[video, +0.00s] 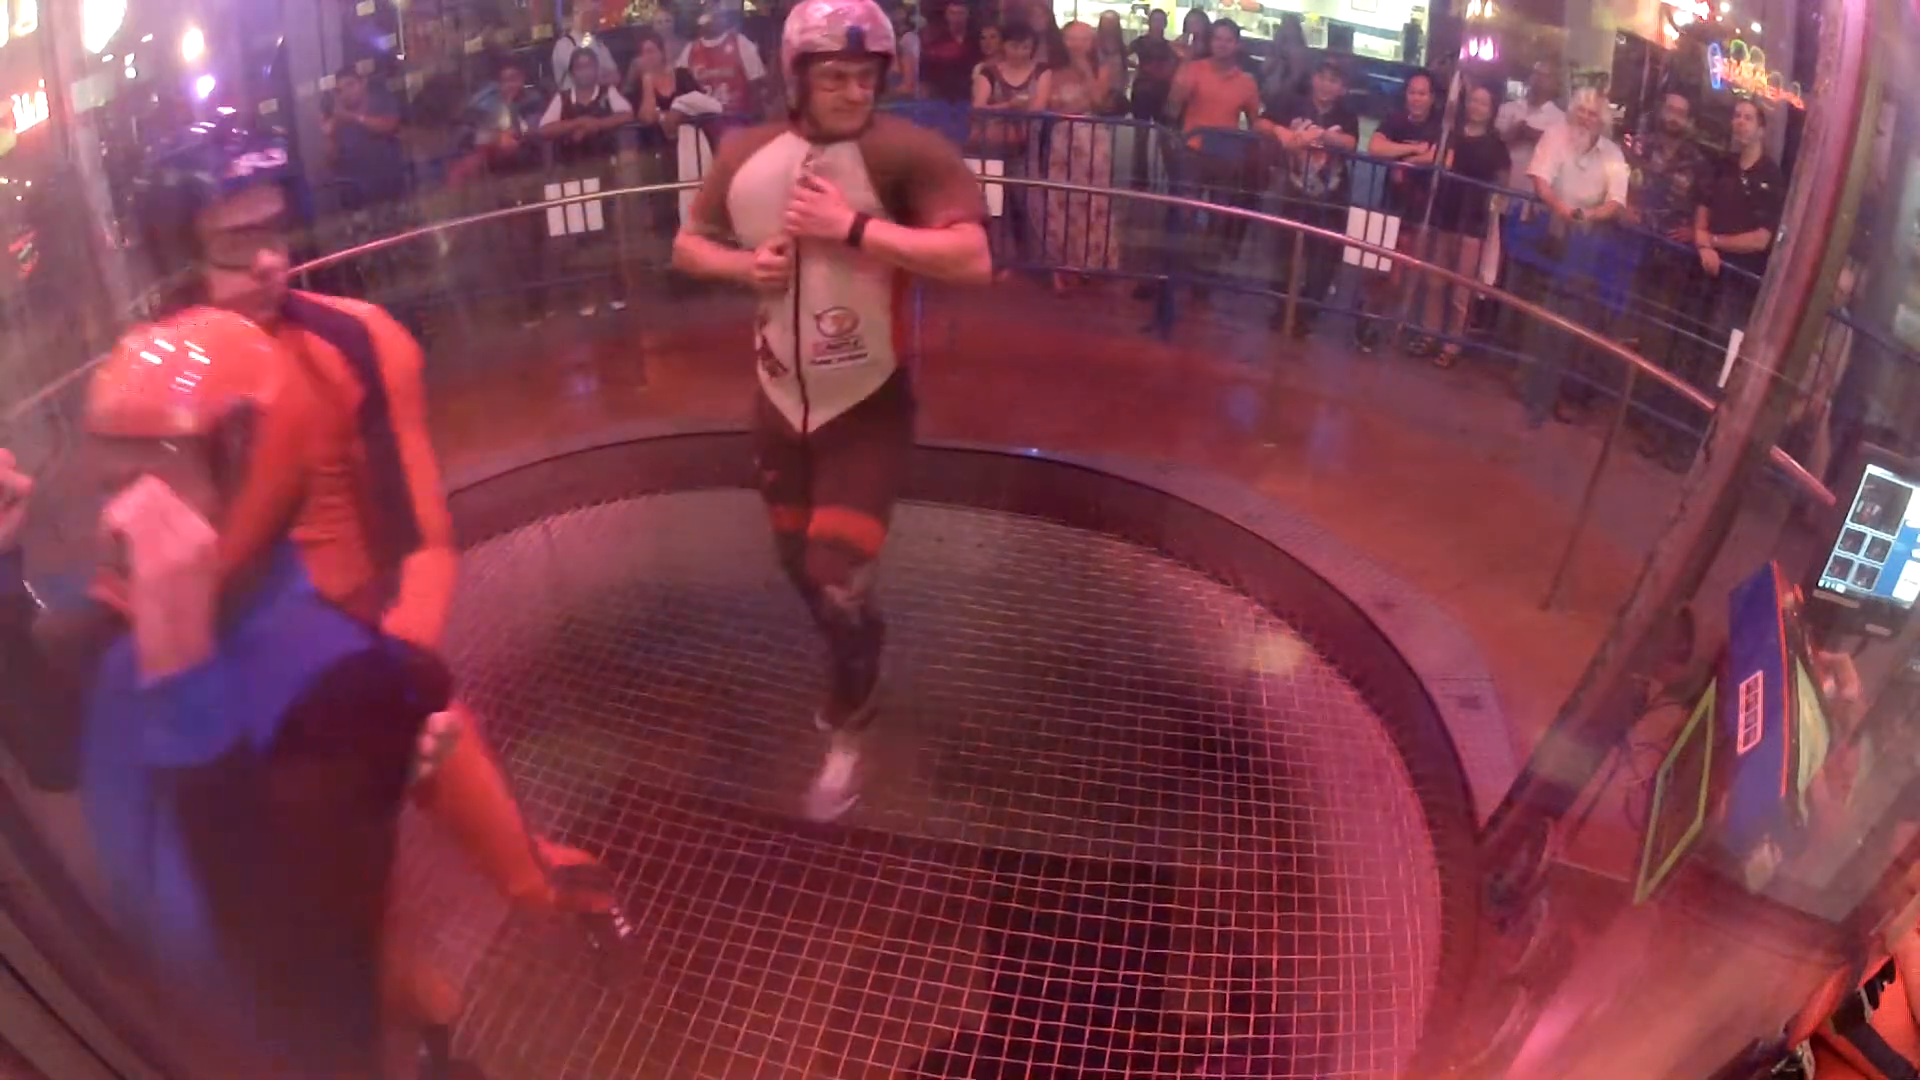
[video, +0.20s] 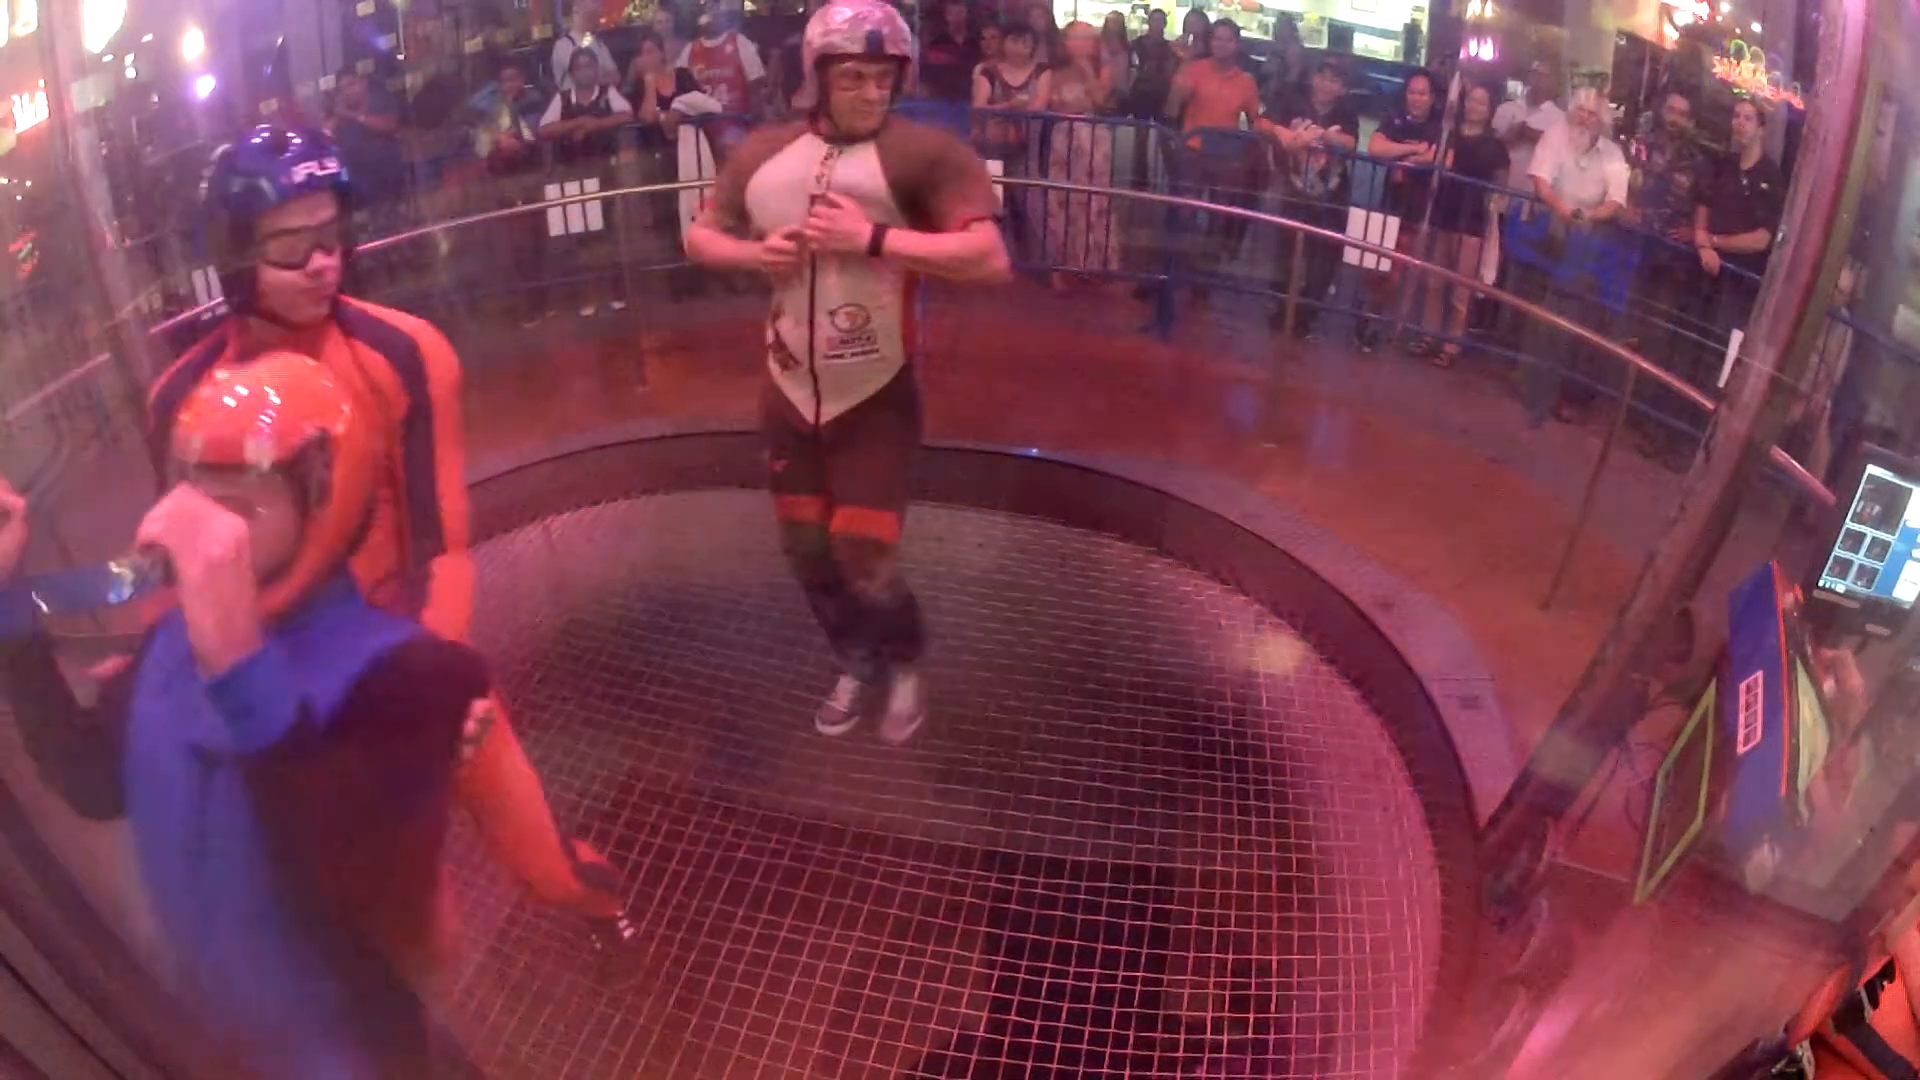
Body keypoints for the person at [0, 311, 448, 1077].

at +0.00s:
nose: (123, 502)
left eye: (159, 467)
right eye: (111, 464)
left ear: (241, 470)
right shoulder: (119, 648)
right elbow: (49, 757)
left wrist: (184, 664)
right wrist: (3, 566)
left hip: (282, 1062)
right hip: (156, 1035)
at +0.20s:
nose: (210, 520)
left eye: (245, 494)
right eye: (195, 490)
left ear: (325, 499)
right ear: (171, 495)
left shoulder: (411, 672)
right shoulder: (171, 648)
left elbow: (362, 892)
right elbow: (95, 786)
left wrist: (236, 659)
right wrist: (10, 601)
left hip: (350, 1055)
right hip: (218, 1044)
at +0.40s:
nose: (256, 554)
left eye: (286, 528)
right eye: (233, 528)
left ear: (362, 529)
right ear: (209, 535)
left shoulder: (442, 673)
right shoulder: (227, 653)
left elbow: (429, 896)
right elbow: (106, 724)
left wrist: (265, 682)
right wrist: (9, 615)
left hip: (391, 1053)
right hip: (253, 1035)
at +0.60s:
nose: (337, 600)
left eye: (365, 579)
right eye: (322, 576)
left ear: (426, 578)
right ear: (301, 571)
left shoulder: (508, 689)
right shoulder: (295, 664)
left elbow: (529, 876)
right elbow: (176, 688)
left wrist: (372, 685)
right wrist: (73, 558)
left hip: (461, 1036)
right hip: (318, 1028)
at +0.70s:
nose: (367, 574)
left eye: (396, 551)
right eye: (370, 565)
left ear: (459, 571)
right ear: (358, 584)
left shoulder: (533, 708)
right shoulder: (342, 668)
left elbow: (589, 858)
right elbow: (219, 708)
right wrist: (145, 579)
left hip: (473, 1034)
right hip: (346, 1011)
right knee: (288, 1061)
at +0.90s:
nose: (495, 699)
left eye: (516, 684)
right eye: (480, 679)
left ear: (566, 677)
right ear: (462, 667)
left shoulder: (607, 762)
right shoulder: (427, 717)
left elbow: (689, 858)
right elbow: (295, 738)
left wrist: (601, 690)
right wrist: (268, 600)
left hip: (527, 1047)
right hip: (409, 1006)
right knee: (307, 1067)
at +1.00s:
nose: (527, 727)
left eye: (551, 711)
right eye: (518, 704)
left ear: (604, 709)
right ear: (505, 691)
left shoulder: (647, 792)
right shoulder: (467, 739)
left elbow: (720, 871)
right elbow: (332, 739)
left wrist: (647, 707)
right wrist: (325, 609)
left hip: (529, 1052)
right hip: (416, 1002)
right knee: (302, 1069)